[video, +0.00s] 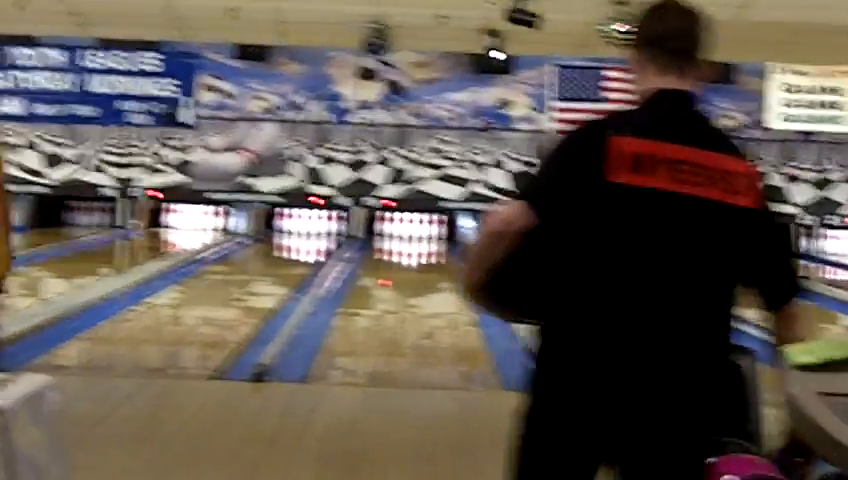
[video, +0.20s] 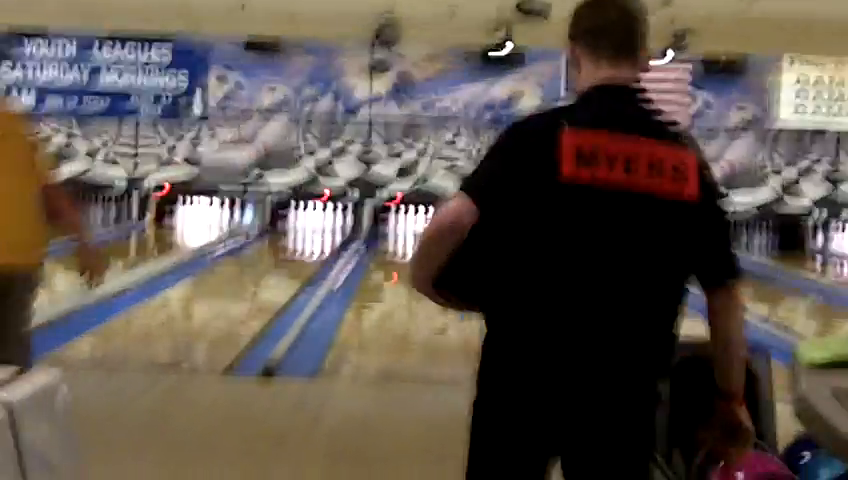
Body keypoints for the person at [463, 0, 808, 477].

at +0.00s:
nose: (633, 62)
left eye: (635, 52)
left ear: (637, 57)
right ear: (698, 65)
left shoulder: (592, 143)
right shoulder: (738, 170)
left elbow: (511, 220)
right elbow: (783, 307)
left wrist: (474, 278)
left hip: (581, 387)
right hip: (688, 396)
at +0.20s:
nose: (570, 62)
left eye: (571, 52)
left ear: (575, 52)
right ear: (642, 57)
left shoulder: (533, 137)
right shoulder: (683, 158)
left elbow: (453, 219)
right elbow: (724, 293)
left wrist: (423, 275)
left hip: (521, 389)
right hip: (625, 397)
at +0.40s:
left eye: (508, 92)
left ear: (512, 93)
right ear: (583, 97)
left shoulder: (472, 167)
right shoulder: (626, 182)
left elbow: (393, 254)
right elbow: (657, 310)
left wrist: (366, 317)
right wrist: (661, 415)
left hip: (473, 400)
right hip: (568, 408)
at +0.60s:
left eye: (457, 99)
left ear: (461, 104)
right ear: (519, 103)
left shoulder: (426, 180)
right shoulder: (567, 185)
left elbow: (352, 265)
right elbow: (619, 297)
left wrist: (337, 329)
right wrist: (647, 392)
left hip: (444, 397)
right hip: (530, 400)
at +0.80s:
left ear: (389, 125)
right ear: (455, 122)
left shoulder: (355, 196)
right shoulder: (497, 200)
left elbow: (285, 277)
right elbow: (548, 305)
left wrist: (264, 342)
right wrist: (581, 399)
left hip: (369, 404)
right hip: (454, 407)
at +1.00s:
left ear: (367, 106)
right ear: (432, 109)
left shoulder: (325, 177)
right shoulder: (461, 187)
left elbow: (256, 267)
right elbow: (497, 301)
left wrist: (240, 319)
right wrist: (506, 383)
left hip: (333, 392)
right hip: (419, 397)